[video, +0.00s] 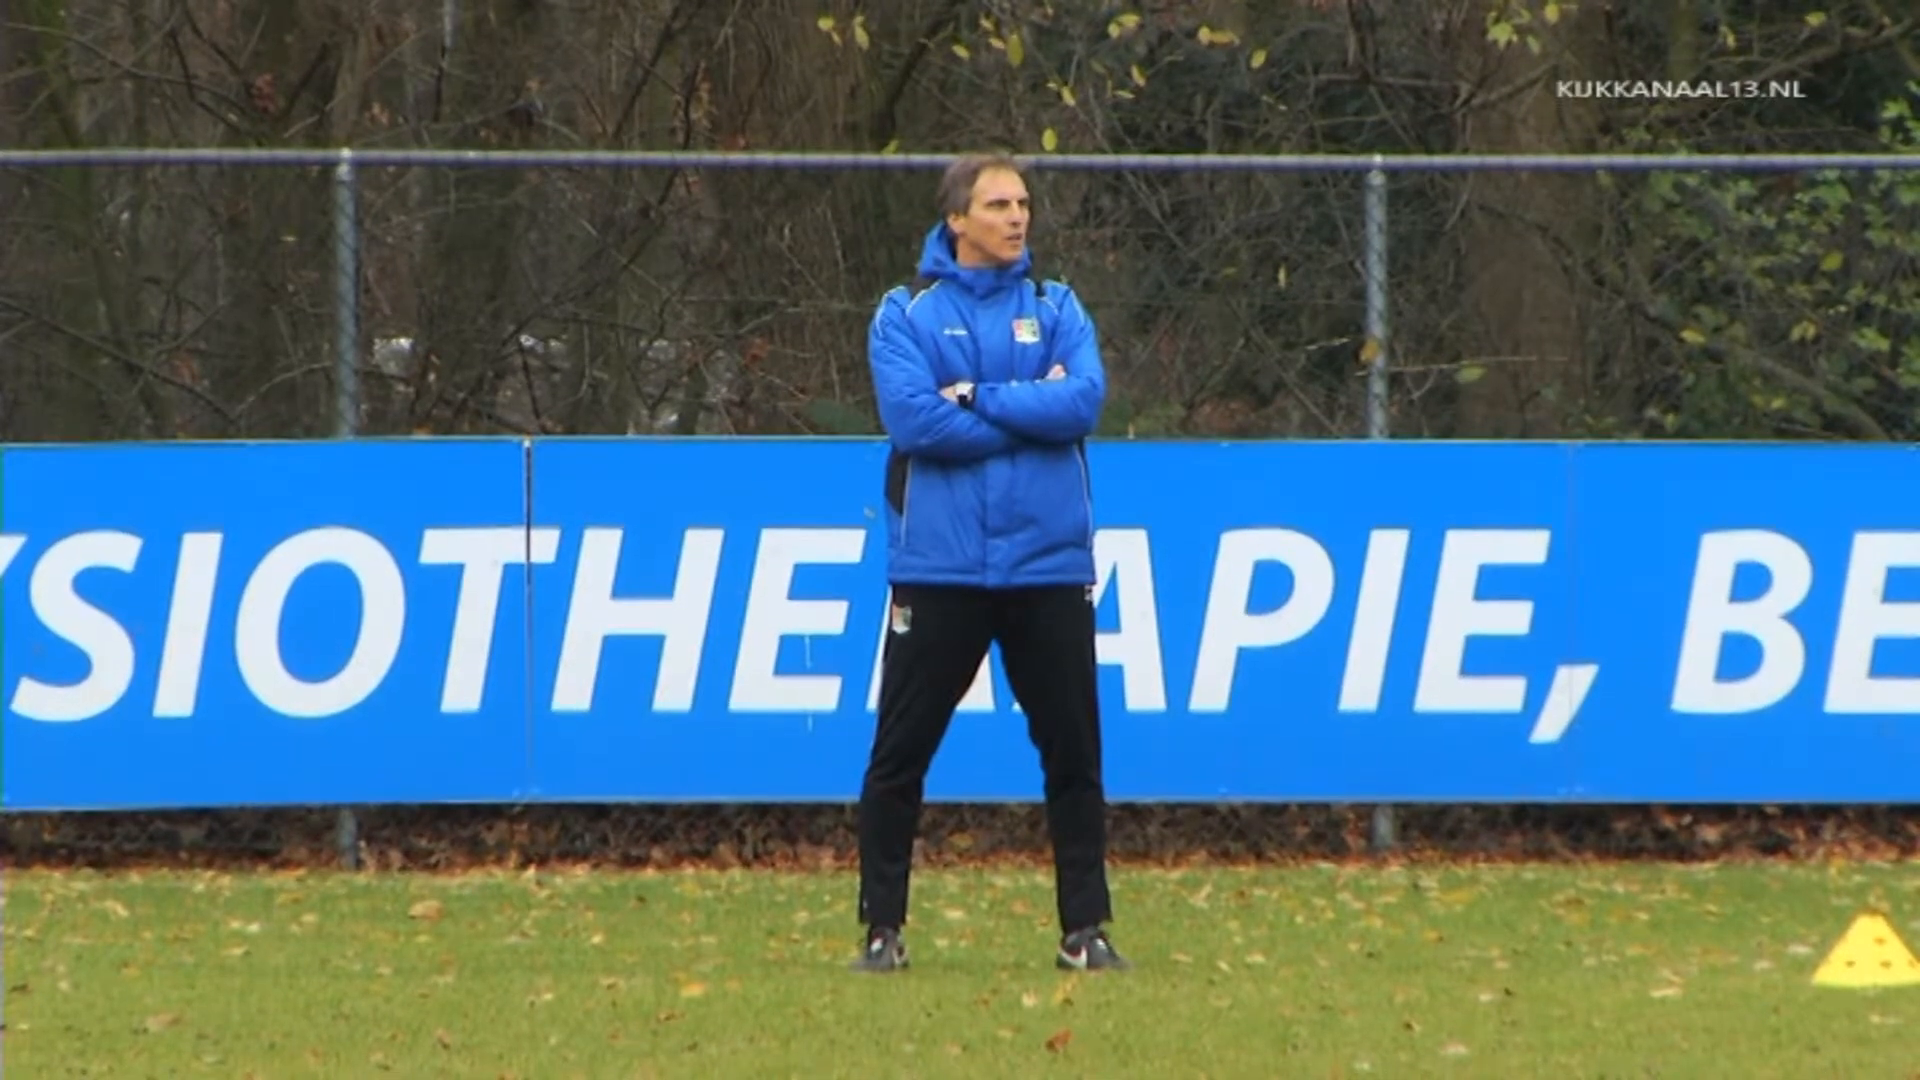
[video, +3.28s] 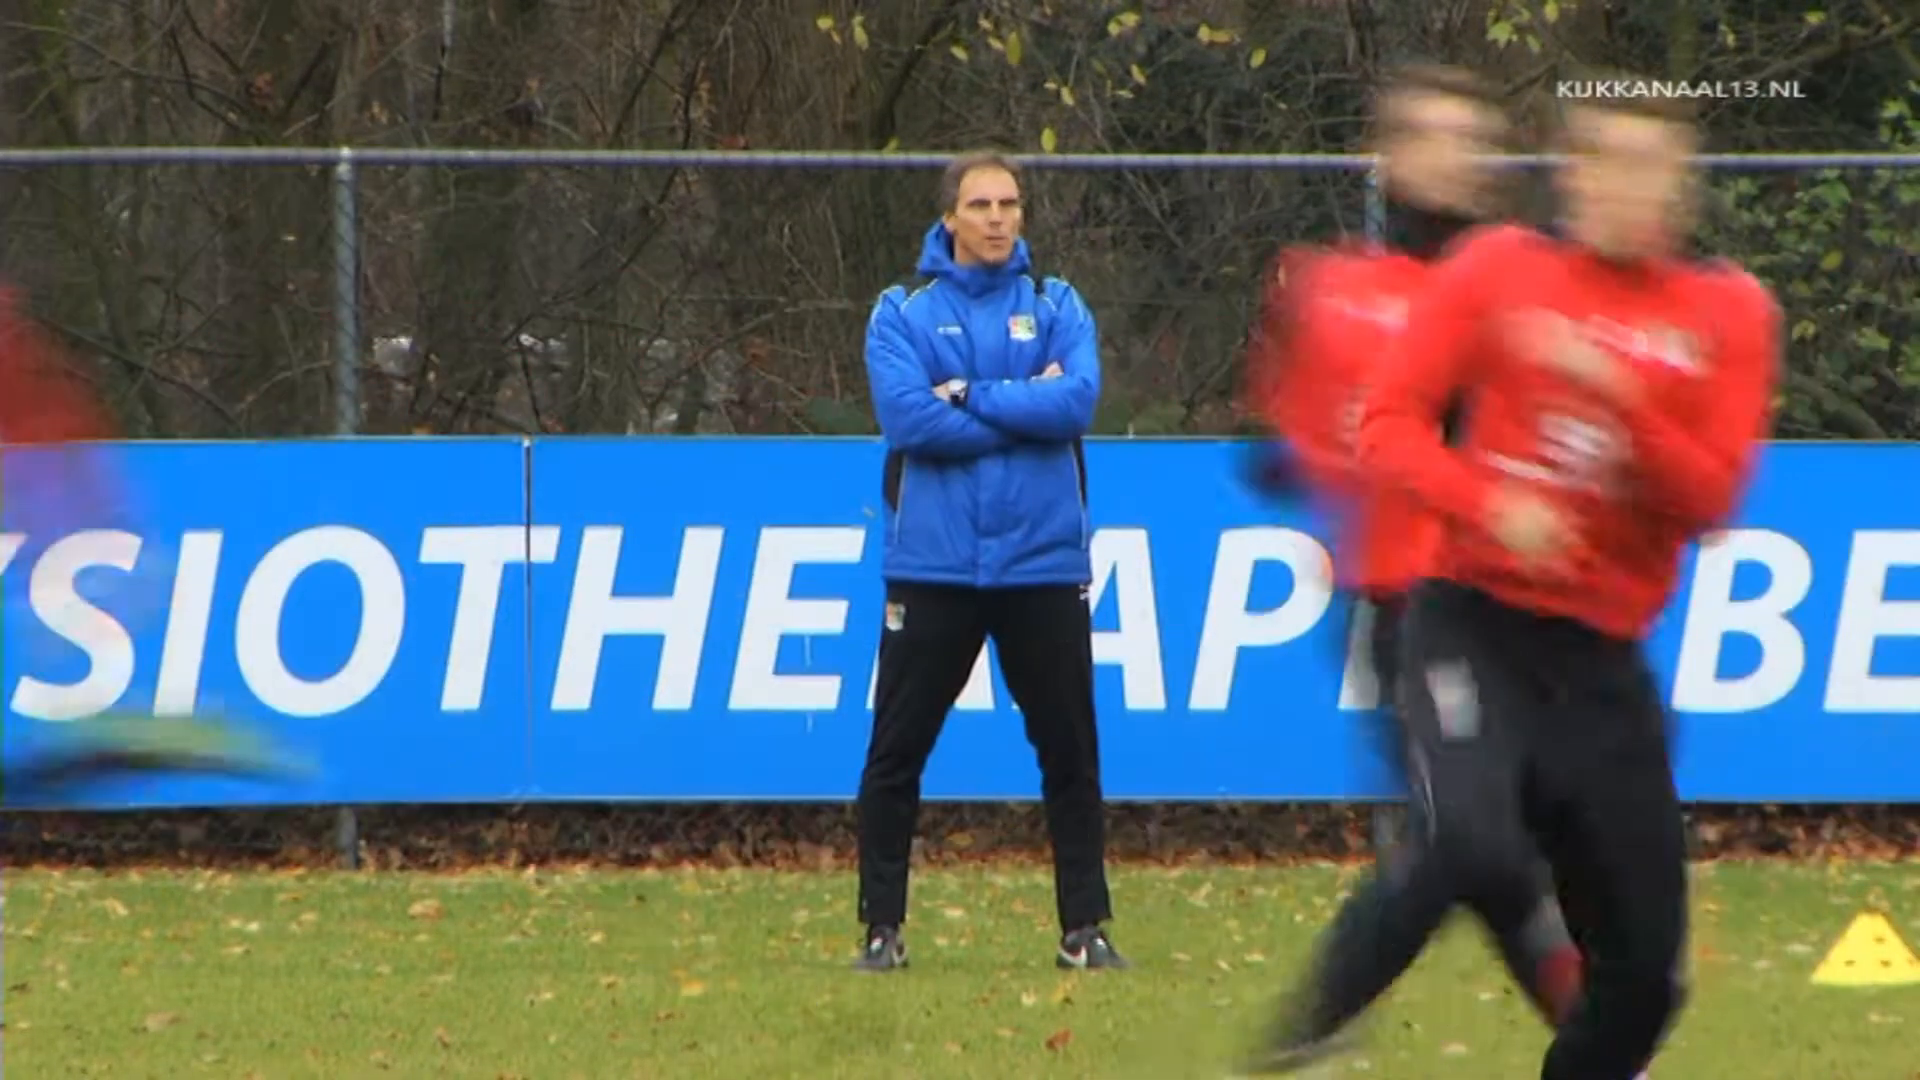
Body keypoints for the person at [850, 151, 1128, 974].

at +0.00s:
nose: (1017, 216)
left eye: (1022, 205)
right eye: (998, 206)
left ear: (1030, 218)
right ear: (957, 221)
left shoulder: (1057, 305)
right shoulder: (904, 313)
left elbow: (1081, 403)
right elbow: (916, 425)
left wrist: (973, 394)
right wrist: (1026, 415)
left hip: (1050, 568)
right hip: (941, 570)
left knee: (1074, 751)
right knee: (901, 752)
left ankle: (1085, 932)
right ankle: (882, 930)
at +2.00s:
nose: (1017, 218)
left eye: (1023, 206)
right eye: (999, 207)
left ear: (1032, 218)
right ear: (959, 221)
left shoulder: (1058, 305)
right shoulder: (904, 311)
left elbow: (1079, 403)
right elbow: (914, 425)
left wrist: (969, 392)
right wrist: (1024, 414)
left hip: (1049, 567)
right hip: (940, 569)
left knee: (1073, 751)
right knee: (901, 752)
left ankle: (1085, 931)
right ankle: (881, 929)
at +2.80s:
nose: (1003, 221)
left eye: (1012, 208)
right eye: (986, 209)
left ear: (1024, 218)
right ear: (950, 221)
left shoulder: (1057, 305)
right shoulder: (899, 312)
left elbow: (1075, 401)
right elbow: (912, 425)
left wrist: (964, 392)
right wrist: (1023, 413)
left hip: (1045, 567)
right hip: (937, 570)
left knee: (1071, 751)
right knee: (899, 753)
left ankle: (1085, 930)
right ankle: (882, 929)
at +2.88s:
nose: (1000, 228)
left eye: (1012, 212)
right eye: (984, 213)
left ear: (1032, 218)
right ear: (951, 221)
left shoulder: (1060, 314)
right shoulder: (905, 318)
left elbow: (1094, 421)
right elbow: (915, 437)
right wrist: (993, 344)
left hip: (1044, 567)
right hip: (940, 570)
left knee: (1070, 742)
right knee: (899, 749)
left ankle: (1085, 927)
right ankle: (883, 926)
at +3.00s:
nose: (1001, 221)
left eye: (1012, 207)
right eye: (984, 208)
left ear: (1025, 217)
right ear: (950, 220)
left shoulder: (1057, 304)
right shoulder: (900, 311)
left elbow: (1076, 400)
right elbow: (912, 430)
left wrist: (964, 395)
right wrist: (1023, 411)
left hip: (1048, 566)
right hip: (936, 570)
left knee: (1070, 751)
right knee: (899, 750)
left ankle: (1086, 928)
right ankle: (881, 924)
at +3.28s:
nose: (996, 219)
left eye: (1007, 205)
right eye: (979, 206)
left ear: (1023, 216)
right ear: (950, 218)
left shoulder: (1059, 305)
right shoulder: (900, 312)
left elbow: (1076, 403)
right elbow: (911, 423)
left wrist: (965, 392)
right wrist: (1020, 415)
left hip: (1044, 567)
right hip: (934, 568)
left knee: (1070, 750)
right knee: (898, 751)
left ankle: (1085, 930)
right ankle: (882, 929)